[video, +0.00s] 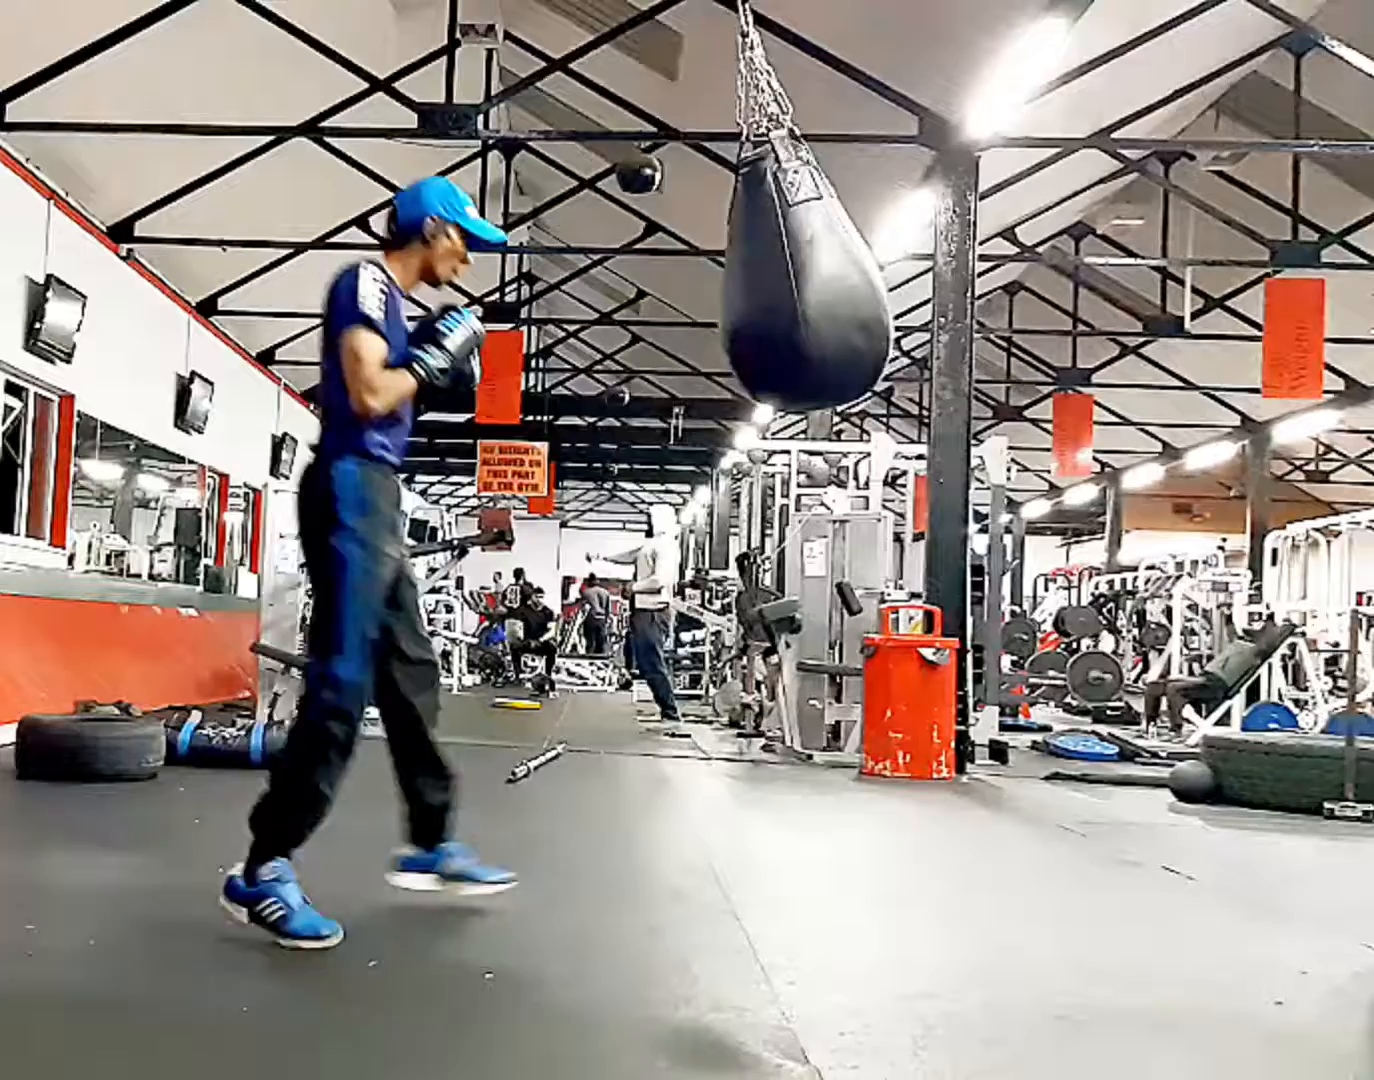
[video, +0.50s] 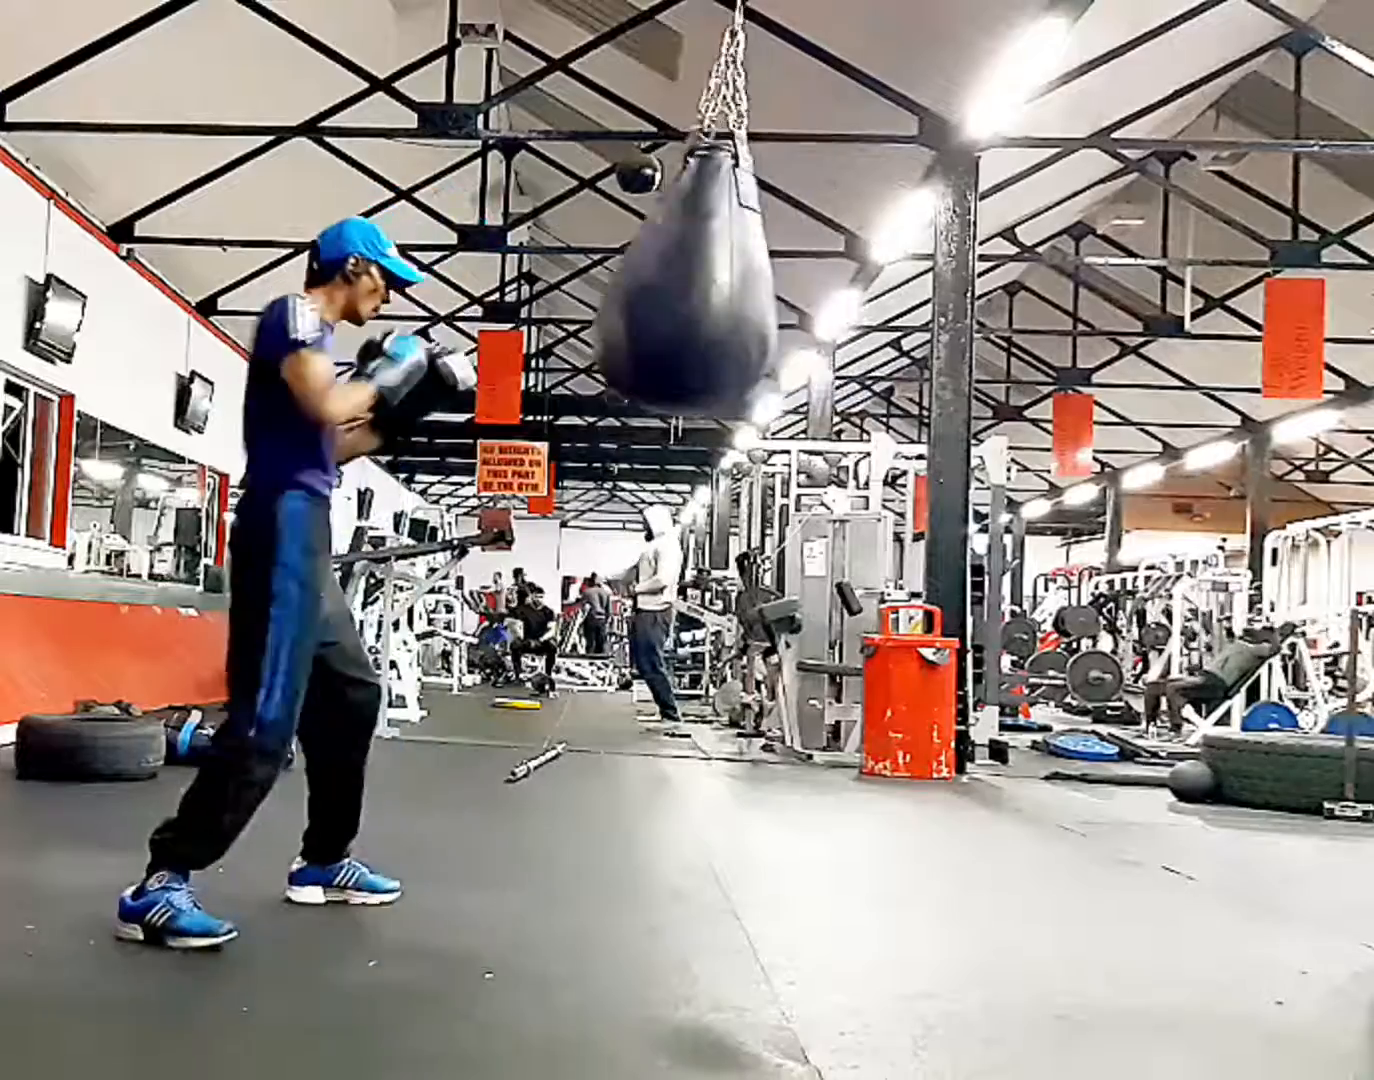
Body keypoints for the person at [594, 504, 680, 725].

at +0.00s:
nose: (648, 522)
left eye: (652, 518)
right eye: (650, 518)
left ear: (661, 521)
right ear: (660, 521)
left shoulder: (666, 546)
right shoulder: (649, 545)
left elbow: (660, 581)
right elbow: (627, 557)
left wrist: (633, 587)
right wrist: (601, 559)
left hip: (653, 609)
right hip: (641, 608)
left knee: (653, 664)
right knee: (644, 663)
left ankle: (670, 712)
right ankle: (666, 709)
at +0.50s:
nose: (643, 527)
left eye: (647, 523)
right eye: (644, 523)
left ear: (657, 523)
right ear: (657, 523)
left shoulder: (668, 546)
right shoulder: (652, 547)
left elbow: (663, 580)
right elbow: (633, 573)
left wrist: (636, 589)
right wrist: (609, 580)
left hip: (656, 609)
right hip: (643, 608)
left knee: (652, 663)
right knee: (643, 664)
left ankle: (670, 712)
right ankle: (666, 709)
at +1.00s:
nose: (630, 541)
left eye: (630, 536)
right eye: (629, 537)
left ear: (637, 532)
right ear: (644, 528)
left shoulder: (656, 544)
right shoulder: (652, 545)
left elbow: (663, 577)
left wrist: (644, 598)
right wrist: (640, 593)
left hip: (663, 610)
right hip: (657, 609)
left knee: (659, 662)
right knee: (657, 662)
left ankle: (671, 713)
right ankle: (669, 711)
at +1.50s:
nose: (638, 548)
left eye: (637, 544)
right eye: (636, 544)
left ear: (643, 538)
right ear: (651, 532)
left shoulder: (657, 553)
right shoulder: (671, 546)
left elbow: (672, 585)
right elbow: (687, 580)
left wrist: (683, 613)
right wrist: (695, 607)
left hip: (665, 616)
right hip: (676, 613)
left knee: (660, 666)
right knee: (672, 664)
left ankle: (673, 714)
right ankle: (685, 712)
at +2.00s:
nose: (647, 563)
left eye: (646, 558)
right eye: (645, 559)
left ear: (652, 553)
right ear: (659, 545)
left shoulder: (672, 568)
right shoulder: (673, 560)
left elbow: (690, 599)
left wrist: (696, 621)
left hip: (671, 626)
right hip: (676, 623)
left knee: (654, 663)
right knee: (673, 667)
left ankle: (672, 710)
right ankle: (688, 714)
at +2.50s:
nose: (641, 561)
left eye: (639, 556)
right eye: (638, 557)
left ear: (645, 550)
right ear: (645, 546)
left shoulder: (667, 561)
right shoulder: (659, 562)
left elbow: (685, 593)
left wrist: (692, 625)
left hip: (671, 624)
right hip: (671, 623)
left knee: (663, 668)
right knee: (677, 667)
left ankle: (674, 716)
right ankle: (689, 715)